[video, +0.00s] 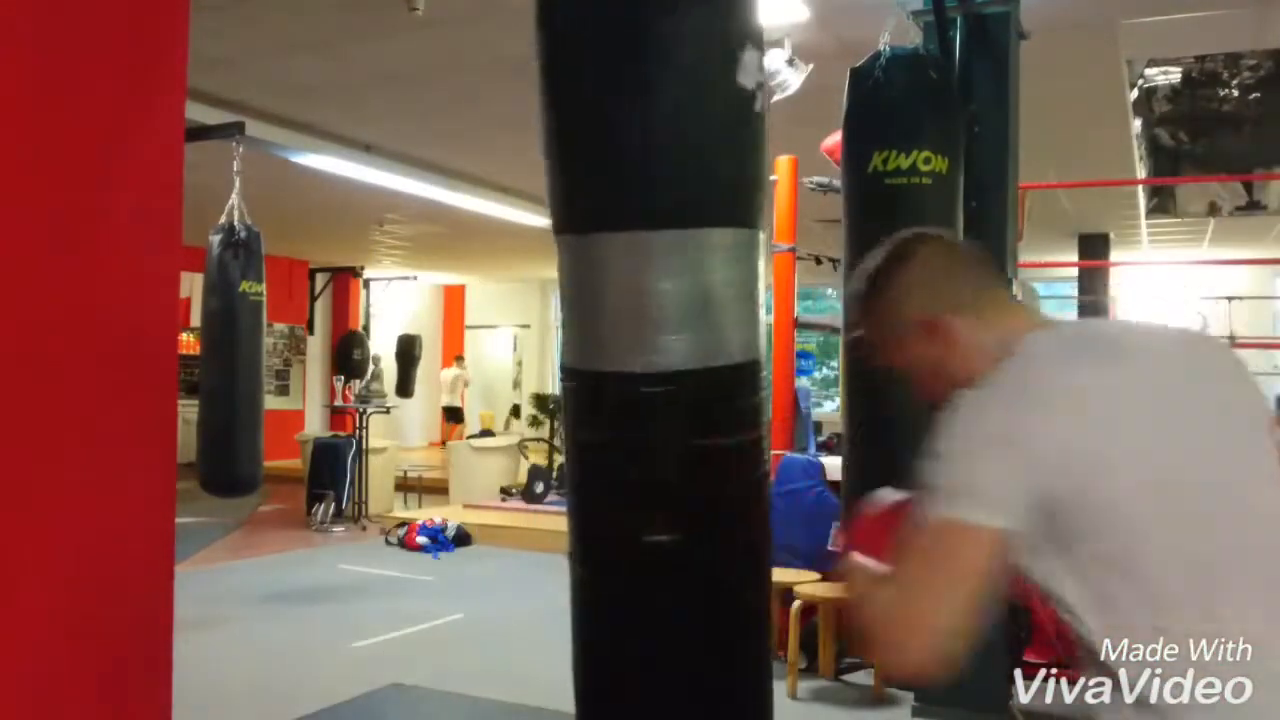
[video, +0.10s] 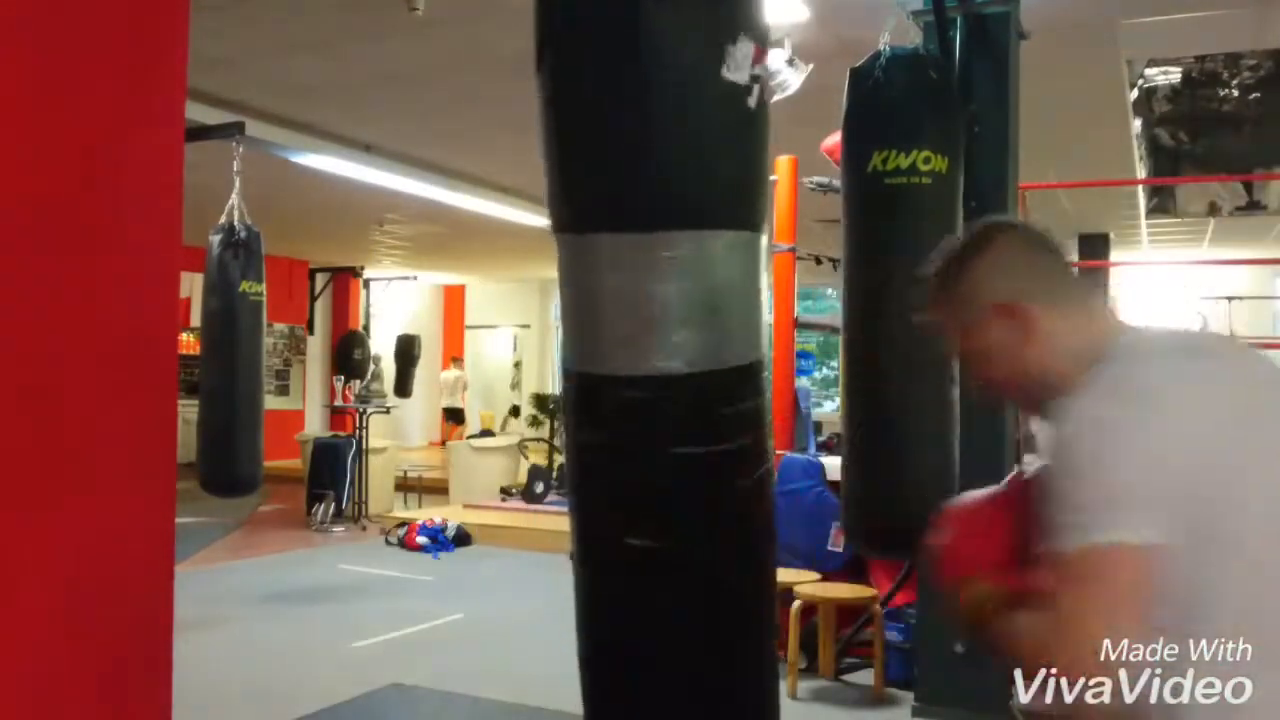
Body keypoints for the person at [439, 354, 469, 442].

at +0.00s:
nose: (462, 364)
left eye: (462, 362)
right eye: (462, 362)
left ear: (454, 361)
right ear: (461, 362)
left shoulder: (444, 372)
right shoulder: (461, 373)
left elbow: (443, 384)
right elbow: (467, 383)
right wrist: (465, 371)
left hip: (444, 402)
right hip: (455, 403)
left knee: (447, 423)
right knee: (461, 424)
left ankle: (445, 441)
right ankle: (453, 442)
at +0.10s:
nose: (462, 366)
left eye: (462, 363)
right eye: (461, 363)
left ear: (452, 363)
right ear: (458, 363)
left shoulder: (443, 374)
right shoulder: (462, 374)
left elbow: (441, 387)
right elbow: (465, 387)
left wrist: (442, 398)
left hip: (445, 403)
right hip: (457, 403)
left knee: (448, 423)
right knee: (461, 425)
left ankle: (445, 441)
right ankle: (453, 442)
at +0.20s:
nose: (460, 368)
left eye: (460, 366)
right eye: (459, 366)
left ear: (450, 366)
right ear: (457, 366)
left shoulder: (443, 377)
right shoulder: (462, 377)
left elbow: (441, 391)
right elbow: (465, 389)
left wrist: (443, 399)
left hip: (445, 405)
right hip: (457, 405)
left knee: (447, 425)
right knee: (460, 427)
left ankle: (445, 441)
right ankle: (455, 443)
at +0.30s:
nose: (461, 367)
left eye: (461, 364)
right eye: (460, 364)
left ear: (451, 365)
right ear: (457, 365)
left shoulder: (443, 377)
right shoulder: (461, 376)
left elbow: (440, 390)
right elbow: (465, 387)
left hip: (445, 404)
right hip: (456, 404)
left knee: (448, 425)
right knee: (460, 426)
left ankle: (445, 442)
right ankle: (453, 443)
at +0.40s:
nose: (462, 365)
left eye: (461, 363)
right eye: (461, 363)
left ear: (453, 362)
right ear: (458, 362)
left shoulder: (445, 372)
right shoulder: (458, 372)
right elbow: (465, 383)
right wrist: (463, 371)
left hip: (444, 401)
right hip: (454, 401)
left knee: (449, 422)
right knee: (462, 421)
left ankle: (446, 441)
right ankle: (455, 441)